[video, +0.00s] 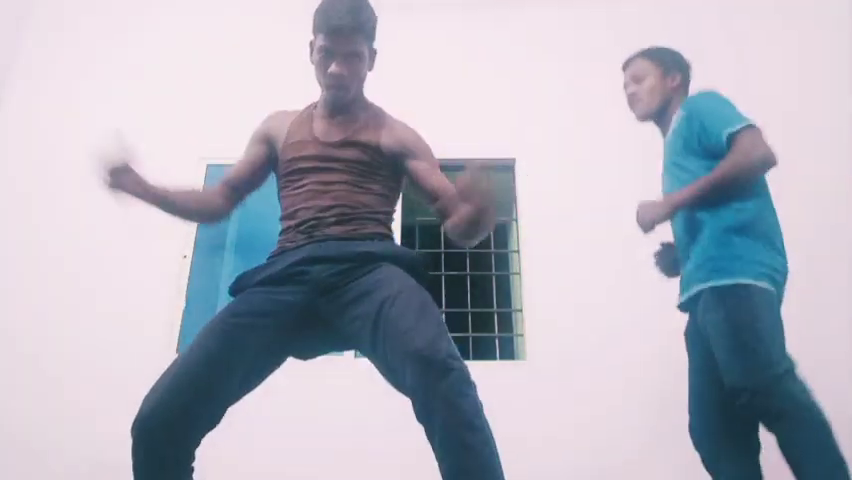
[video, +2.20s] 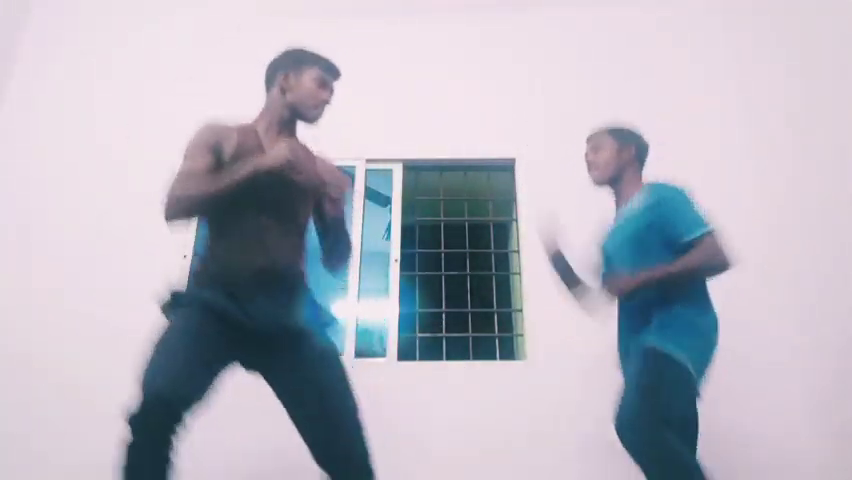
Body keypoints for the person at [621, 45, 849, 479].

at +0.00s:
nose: (629, 91)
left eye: (638, 80)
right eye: (625, 85)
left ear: (673, 79)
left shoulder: (701, 106)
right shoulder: (677, 145)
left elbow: (757, 152)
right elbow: (727, 214)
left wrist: (670, 203)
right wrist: (683, 251)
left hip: (737, 276)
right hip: (704, 293)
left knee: (769, 390)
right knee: (715, 428)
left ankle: (830, 474)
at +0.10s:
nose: (628, 104)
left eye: (637, 93)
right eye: (624, 98)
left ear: (672, 93)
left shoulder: (703, 125)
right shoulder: (674, 163)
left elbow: (753, 173)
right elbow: (719, 235)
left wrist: (670, 226)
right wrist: (679, 274)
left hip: (740, 290)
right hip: (706, 305)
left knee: (759, 405)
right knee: (717, 439)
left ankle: (822, 475)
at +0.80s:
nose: (604, 120)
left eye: (613, 111)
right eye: (603, 113)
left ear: (645, 115)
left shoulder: (678, 150)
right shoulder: (633, 182)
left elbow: (714, 198)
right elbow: (667, 255)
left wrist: (624, 213)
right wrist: (626, 278)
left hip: (693, 324)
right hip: (648, 335)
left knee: (725, 437)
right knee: (655, 453)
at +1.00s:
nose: (558, 117)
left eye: (567, 107)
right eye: (558, 110)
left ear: (597, 111)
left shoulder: (621, 144)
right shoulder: (594, 173)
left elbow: (657, 194)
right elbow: (627, 249)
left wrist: (579, 222)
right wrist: (587, 276)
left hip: (640, 306)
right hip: (610, 318)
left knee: (679, 416)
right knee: (611, 443)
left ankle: (741, 475)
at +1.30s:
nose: (536, 131)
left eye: (542, 121)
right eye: (533, 125)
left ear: (574, 121)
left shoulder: (610, 156)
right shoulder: (568, 189)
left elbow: (660, 206)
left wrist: (579, 231)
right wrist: (560, 275)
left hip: (619, 316)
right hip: (574, 327)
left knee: (641, 420)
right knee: (577, 438)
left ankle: (678, 475)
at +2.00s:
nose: (584, 130)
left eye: (593, 120)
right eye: (585, 123)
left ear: (623, 123)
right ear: (614, 126)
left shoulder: (647, 160)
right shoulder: (619, 183)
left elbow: (673, 214)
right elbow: (644, 267)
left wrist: (595, 238)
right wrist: (602, 278)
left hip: (655, 309)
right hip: (632, 314)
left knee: (656, 423)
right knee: (645, 423)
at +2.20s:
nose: (588, 159)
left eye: (596, 149)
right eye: (587, 152)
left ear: (628, 153)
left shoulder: (664, 198)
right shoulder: (614, 236)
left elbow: (714, 255)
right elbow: (596, 301)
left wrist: (639, 279)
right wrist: (558, 259)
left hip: (679, 330)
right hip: (640, 343)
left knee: (636, 422)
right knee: (671, 440)